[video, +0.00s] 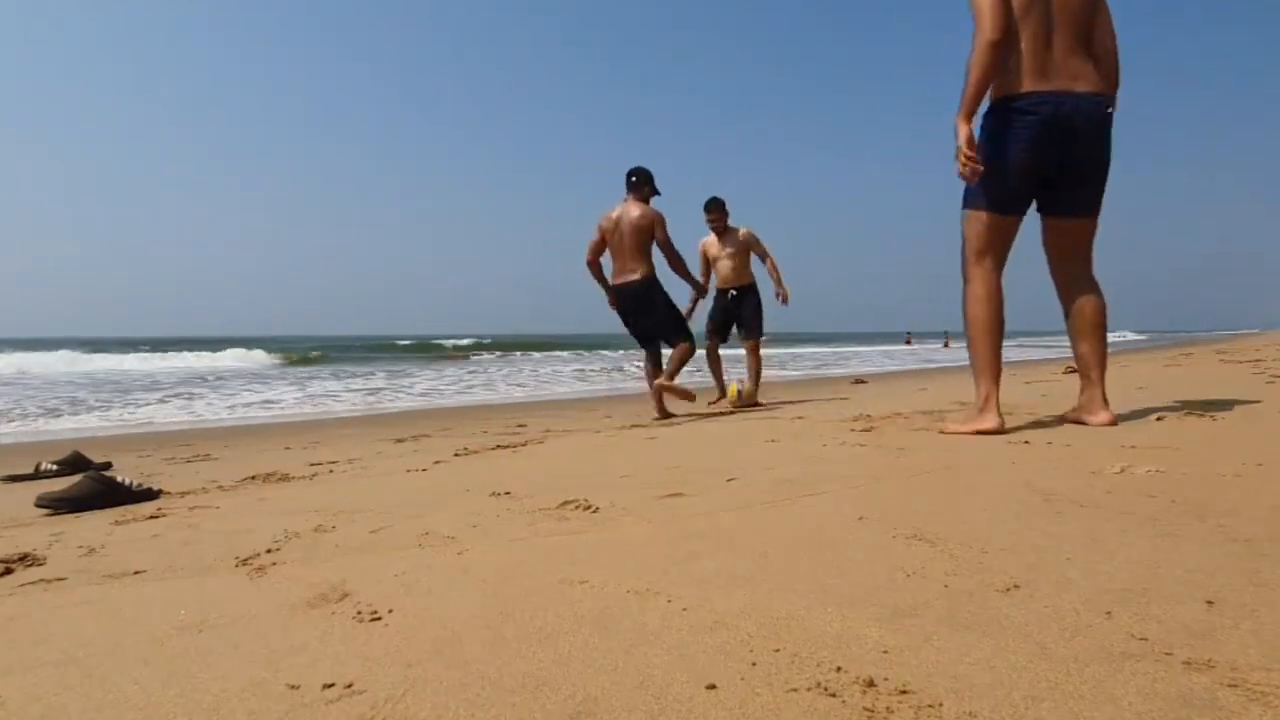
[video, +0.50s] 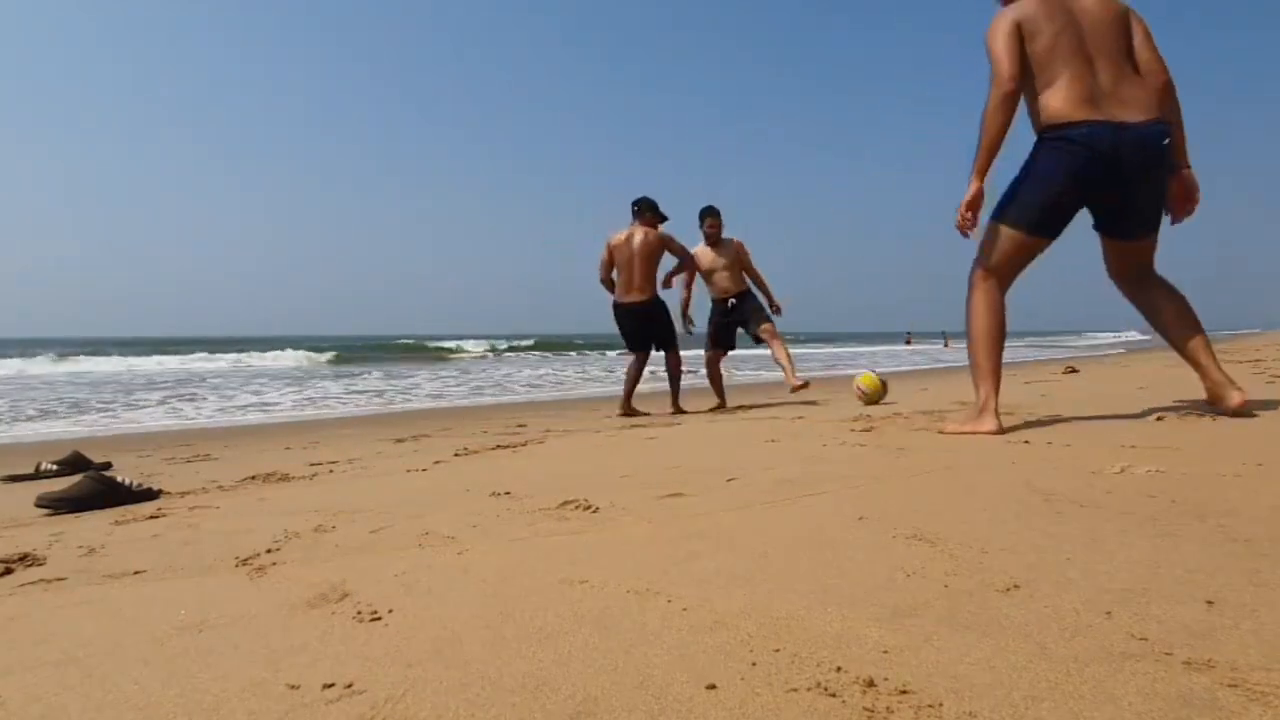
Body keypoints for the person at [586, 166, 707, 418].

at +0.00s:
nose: (653, 194)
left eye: (652, 189)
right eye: (650, 189)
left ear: (629, 188)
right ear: (640, 188)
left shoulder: (609, 219)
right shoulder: (650, 215)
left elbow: (592, 259)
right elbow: (670, 255)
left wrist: (608, 290)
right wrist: (694, 283)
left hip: (619, 290)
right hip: (645, 285)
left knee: (651, 349)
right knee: (685, 343)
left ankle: (660, 408)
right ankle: (667, 378)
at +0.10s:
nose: (657, 193)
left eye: (656, 188)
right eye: (654, 188)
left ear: (633, 187)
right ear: (642, 186)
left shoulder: (612, 216)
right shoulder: (653, 213)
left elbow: (589, 253)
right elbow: (670, 253)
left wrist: (609, 282)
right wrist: (694, 282)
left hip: (621, 287)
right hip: (646, 282)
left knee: (653, 340)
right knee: (695, 328)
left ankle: (652, 397)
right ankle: (697, 393)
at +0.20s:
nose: (654, 202)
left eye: (653, 197)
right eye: (652, 197)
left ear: (629, 197)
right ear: (642, 196)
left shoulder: (611, 225)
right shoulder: (653, 216)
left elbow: (595, 267)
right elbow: (671, 252)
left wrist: (614, 296)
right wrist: (699, 282)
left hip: (628, 294)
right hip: (654, 289)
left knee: (652, 346)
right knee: (693, 333)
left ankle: (647, 406)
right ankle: (715, 385)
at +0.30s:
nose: (654, 210)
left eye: (653, 205)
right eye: (651, 205)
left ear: (629, 205)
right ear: (644, 204)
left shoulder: (611, 233)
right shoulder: (654, 225)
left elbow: (602, 276)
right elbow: (681, 256)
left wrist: (616, 303)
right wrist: (706, 278)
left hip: (630, 304)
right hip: (657, 299)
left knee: (651, 353)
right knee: (692, 336)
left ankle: (649, 406)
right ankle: (690, 391)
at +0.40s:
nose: (655, 216)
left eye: (655, 212)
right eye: (653, 211)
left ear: (633, 208)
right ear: (644, 207)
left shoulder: (613, 235)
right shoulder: (657, 228)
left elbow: (603, 275)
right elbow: (690, 253)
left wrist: (618, 296)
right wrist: (700, 276)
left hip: (628, 303)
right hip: (654, 299)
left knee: (646, 350)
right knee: (674, 346)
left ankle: (647, 397)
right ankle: (673, 401)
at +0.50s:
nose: (659, 222)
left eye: (658, 218)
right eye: (656, 217)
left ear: (635, 216)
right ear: (645, 215)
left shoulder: (614, 240)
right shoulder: (658, 237)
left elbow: (604, 277)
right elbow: (687, 260)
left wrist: (619, 293)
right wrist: (670, 275)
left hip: (622, 306)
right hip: (649, 303)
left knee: (641, 353)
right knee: (671, 350)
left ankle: (625, 403)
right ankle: (675, 403)